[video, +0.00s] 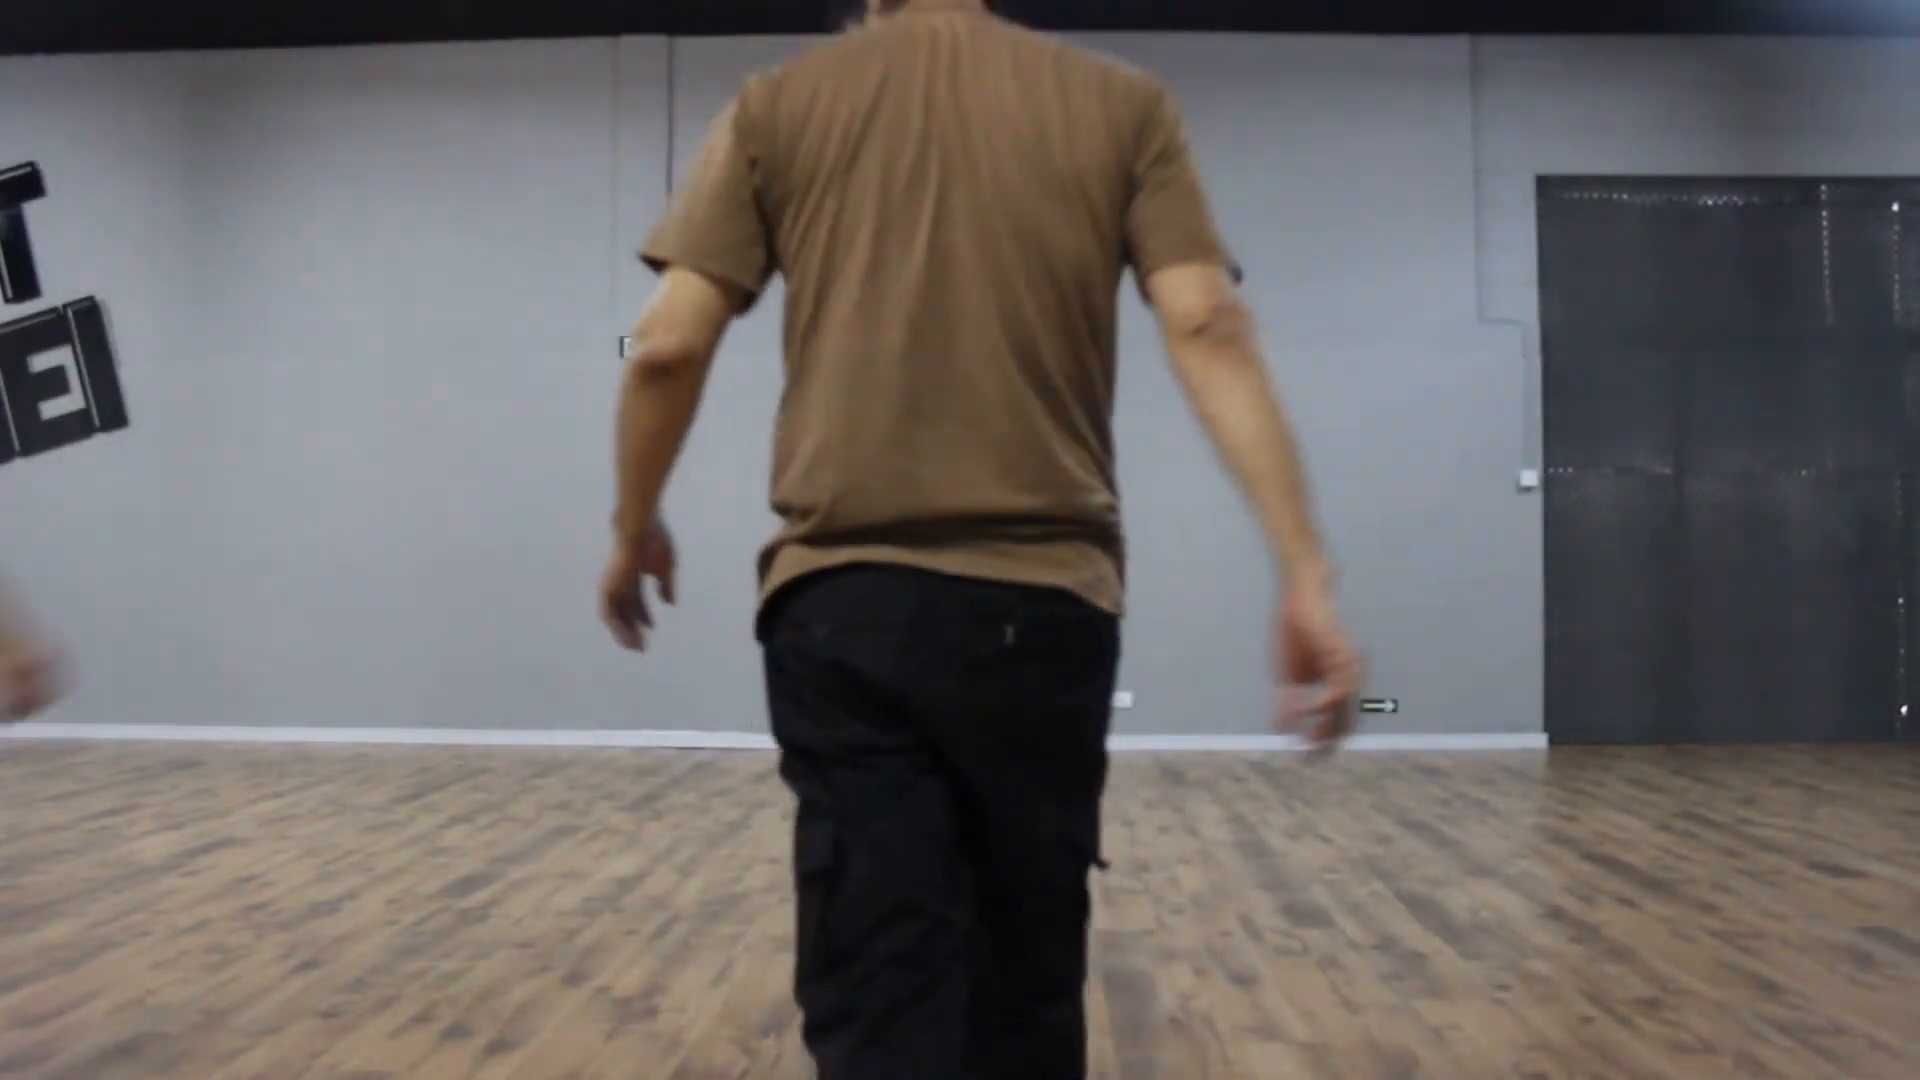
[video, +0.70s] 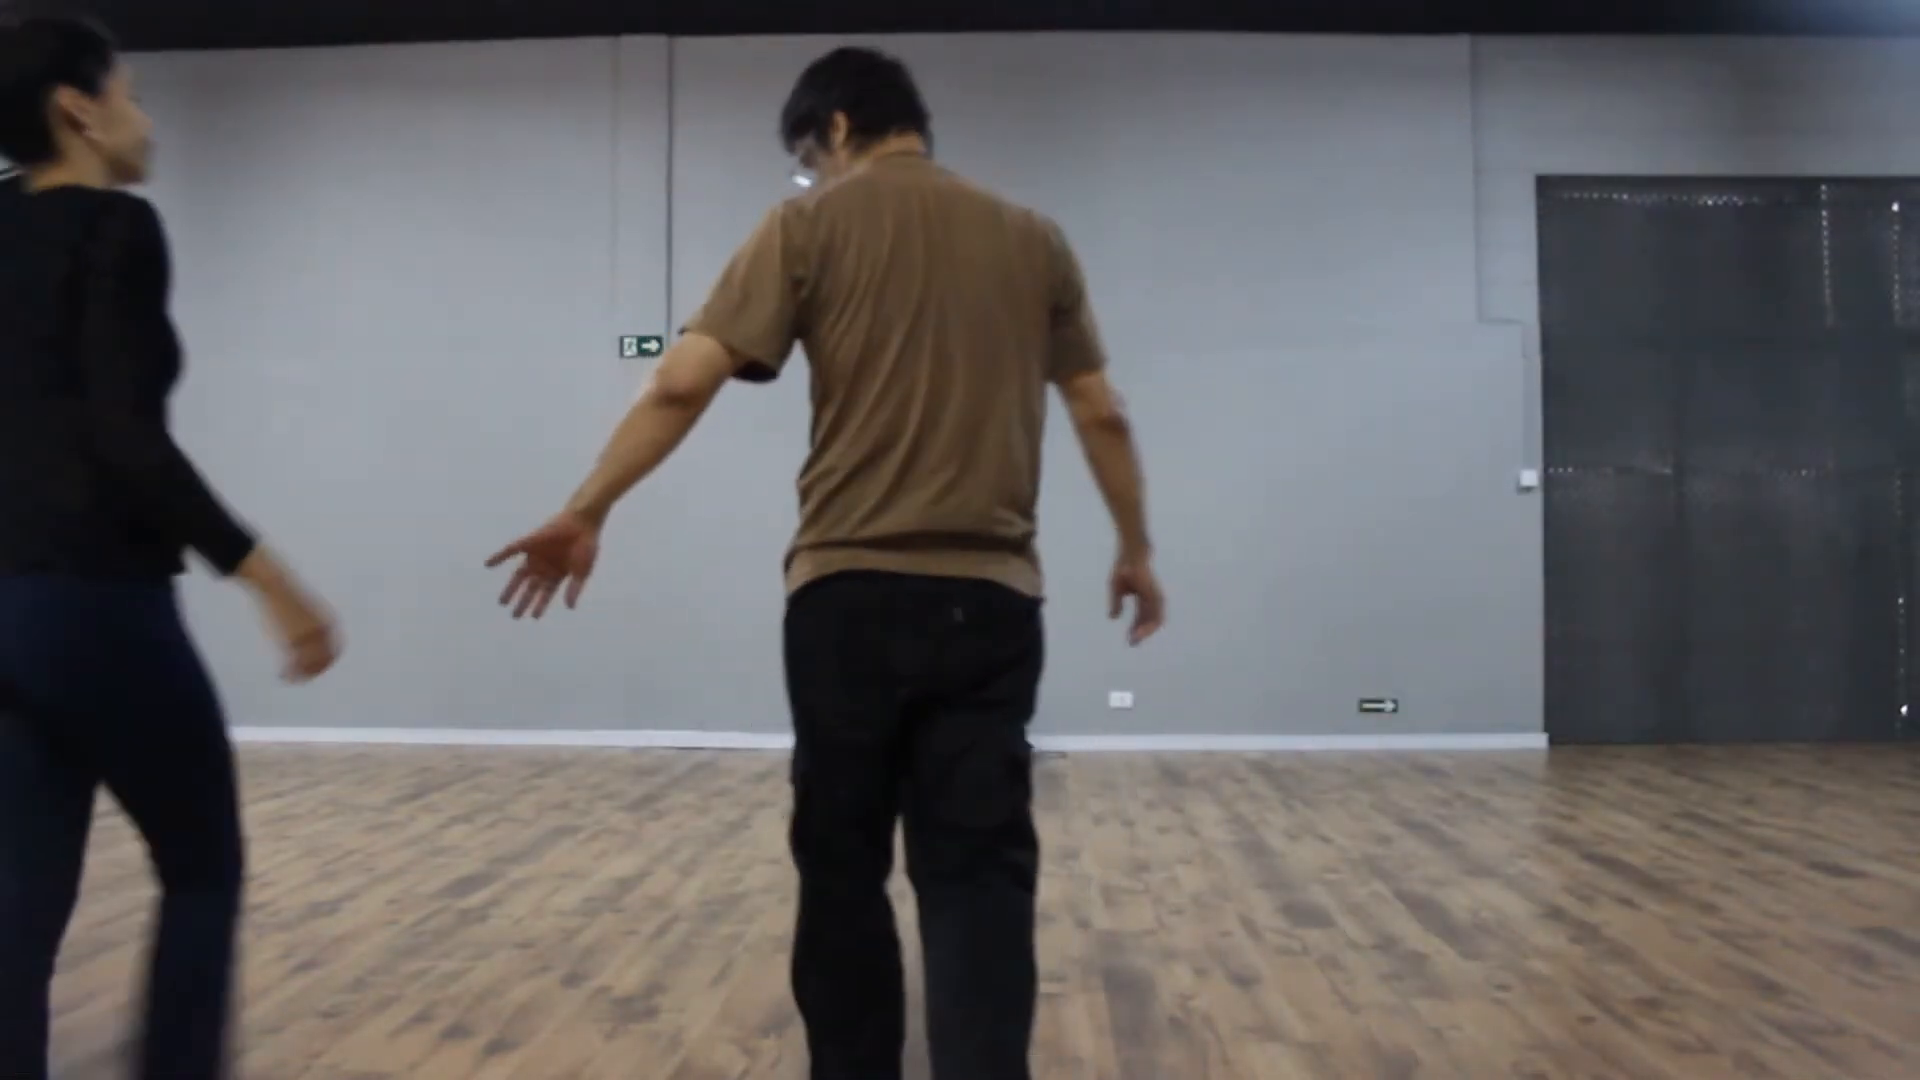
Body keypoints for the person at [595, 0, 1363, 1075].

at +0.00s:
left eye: (854, 17)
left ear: (870, 2)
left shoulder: (782, 102)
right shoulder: (1118, 101)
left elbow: (667, 346)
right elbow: (1206, 320)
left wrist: (636, 525)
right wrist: (1304, 574)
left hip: (841, 608)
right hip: (1046, 610)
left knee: (878, 980)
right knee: (1028, 978)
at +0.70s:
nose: (805, 179)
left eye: (806, 157)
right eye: (804, 160)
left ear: (839, 130)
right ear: (923, 132)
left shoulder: (811, 223)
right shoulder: (1032, 236)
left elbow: (682, 385)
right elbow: (1100, 413)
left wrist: (584, 511)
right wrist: (1134, 544)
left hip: (848, 598)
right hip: (991, 604)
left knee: (842, 865)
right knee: (981, 868)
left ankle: (856, 1068)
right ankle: (984, 1072)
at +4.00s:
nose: (717, 271)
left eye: (731, 255)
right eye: (704, 260)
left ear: (764, 259)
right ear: (695, 271)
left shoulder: (810, 335)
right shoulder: (704, 355)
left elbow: (884, 429)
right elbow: (617, 426)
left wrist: (856, 541)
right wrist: (612, 430)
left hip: (785, 584)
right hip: (714, 585)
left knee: (786, 761)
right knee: (734, 762)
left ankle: (814, 939)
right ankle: (767, 921)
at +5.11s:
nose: (754, 264)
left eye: (765, 246)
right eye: (738, 253)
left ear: (798, 249)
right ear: (728, 267)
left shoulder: (843, 326)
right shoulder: (735, 349)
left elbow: (942, 396)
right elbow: (646, 450)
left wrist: (926, 511)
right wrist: (666, 432)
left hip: (841, 587)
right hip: (761, 589)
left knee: (833, 767)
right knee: (756, 761)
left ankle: (822, 942)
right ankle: (773, 922)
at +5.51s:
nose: (745, 263)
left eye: (755, 247)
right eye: (730, 254)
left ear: (790, 248)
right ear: (718, 270)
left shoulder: (834, 328)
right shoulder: (731, 344)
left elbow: (872, 441)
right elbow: (647, 433)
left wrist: (815, 535)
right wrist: (656, 429)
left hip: (830, 577)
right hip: (748, 571)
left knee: (824, 758)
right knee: (747, 753)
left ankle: (823, 941)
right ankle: (774, 920)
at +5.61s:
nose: (744, 263)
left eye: (754, 247)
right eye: (729, 254)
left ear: (788, 248)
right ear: (717, 268)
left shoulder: (831, 327)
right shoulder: (729, 343)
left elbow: (869, 439)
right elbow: (644, 429)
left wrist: (808, 530)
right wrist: (654, 426)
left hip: (828, 574)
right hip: (748, 567)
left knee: (818, 752)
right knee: (748, 749)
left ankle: (822, 941)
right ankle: (772, 922)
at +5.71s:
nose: (742, 265)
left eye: (752, 248)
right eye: (727, 254)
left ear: (785, 248)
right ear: (715, 267)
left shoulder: (828, 327)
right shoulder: (728, 342)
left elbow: (868, 438)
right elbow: (639, 430)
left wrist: (814, 530)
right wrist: (650, 425)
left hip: (824, 578)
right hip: (747, 573)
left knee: (816, 755)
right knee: (748, 751)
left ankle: (821, 941)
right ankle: (772, 922)